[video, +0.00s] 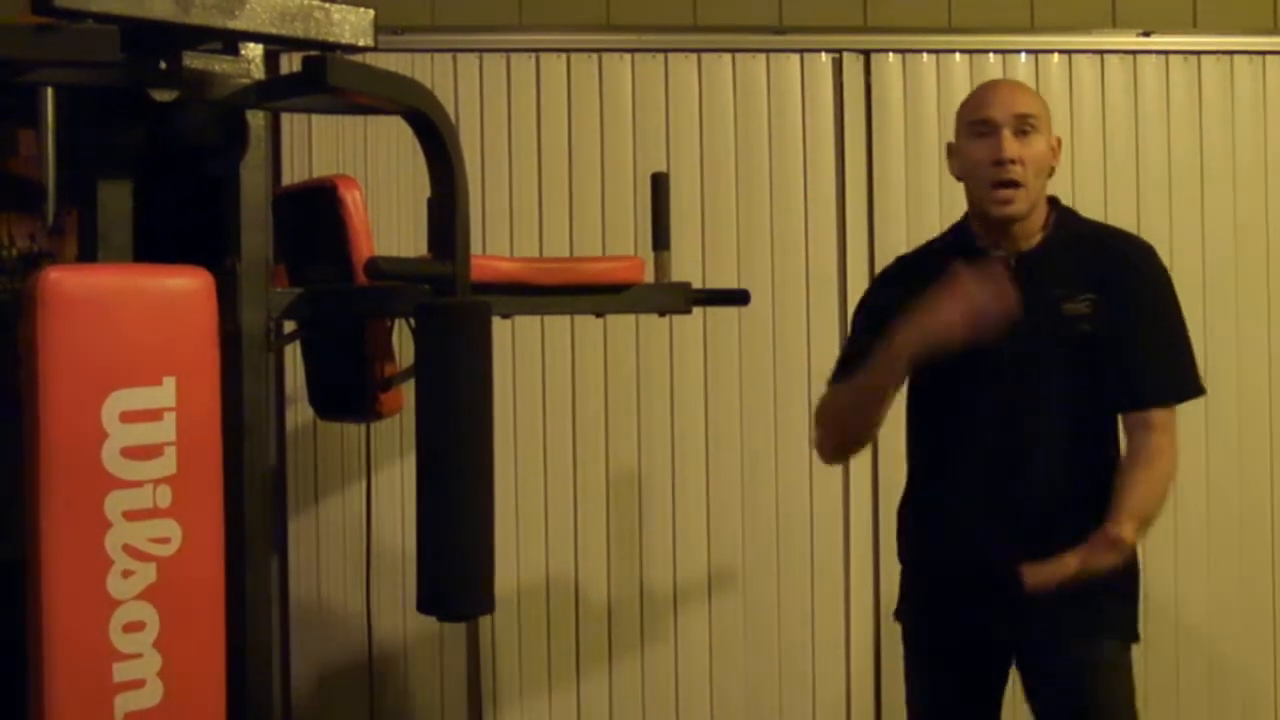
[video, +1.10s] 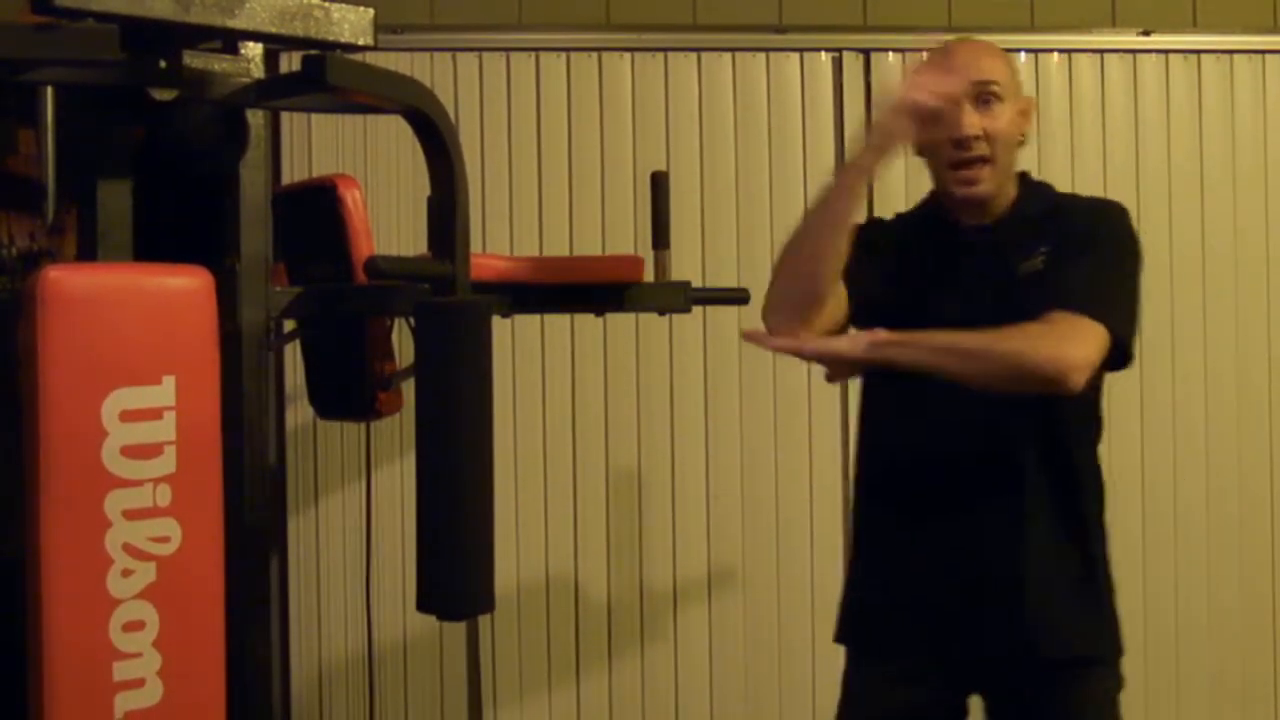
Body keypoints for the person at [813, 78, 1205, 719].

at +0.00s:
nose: (1005, 148)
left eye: (1024, 130)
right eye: (983, 132)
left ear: (1052, 154)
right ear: (954, 160)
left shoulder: (1120, 267)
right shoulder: (908, 282)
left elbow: (1152, 434)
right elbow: (832, 442)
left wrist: (1116, 535)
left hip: (1077, 580)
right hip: (948, 584)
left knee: (1097, 714)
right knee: (946, 715)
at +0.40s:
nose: (1021, 149)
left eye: (1038, 127)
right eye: (994, 131)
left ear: (1060, 150)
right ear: (955, 160)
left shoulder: (1134, 257)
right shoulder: (910, 290)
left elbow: (1163, 435)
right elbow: (913, 460)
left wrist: (1082, 503)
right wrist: (920, 291)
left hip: (1105, 610)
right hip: (970, 614)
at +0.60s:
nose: (1023, 160)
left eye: (1040, 137)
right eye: (995, 142)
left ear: (1062, 156)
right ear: (957, 172)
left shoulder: (1147, 265)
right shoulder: (923, 310)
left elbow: (1231, 434)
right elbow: (943, 492)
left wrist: (1097, 512)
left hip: (1134, 646)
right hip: (992, 657)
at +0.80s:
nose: (1032, 128)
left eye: (1050, 102)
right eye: (1005, 108)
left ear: (1081, 116)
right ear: (971, 132)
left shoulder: (1148, 228)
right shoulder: (921, 262)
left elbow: (1167, 399)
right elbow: (881, 437)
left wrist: (986, 449)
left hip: (1121, 601)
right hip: (976, 604)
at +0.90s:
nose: (1022, 131)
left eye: (1042, 104)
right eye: (996, 110)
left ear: (1075, 121)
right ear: (964, 136)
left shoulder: (1135, 236)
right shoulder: (913, 260)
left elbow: (1114, 396)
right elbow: (835, 398)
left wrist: (915, 412)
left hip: (1102, 617)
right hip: (954, 619)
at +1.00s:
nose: (995, 129)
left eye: (1016, 102)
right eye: (970, 107)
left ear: (1052, 123)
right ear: (941, 134)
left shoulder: (1113, 231)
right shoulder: (898, 250)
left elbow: (1083, 375)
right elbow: (803, 351)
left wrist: (889, 374)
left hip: (1075, 619)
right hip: (924, 621)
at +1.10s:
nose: (963, 128)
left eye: (985, 99)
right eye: (938, 108)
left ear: (1025, 118)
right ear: (913, 131)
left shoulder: (1090, 229)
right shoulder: (880, 246)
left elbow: (1066, 359)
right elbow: (789, 320)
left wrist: (873, 348)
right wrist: (870, 153)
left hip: (1049, 615)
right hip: (901, 616)